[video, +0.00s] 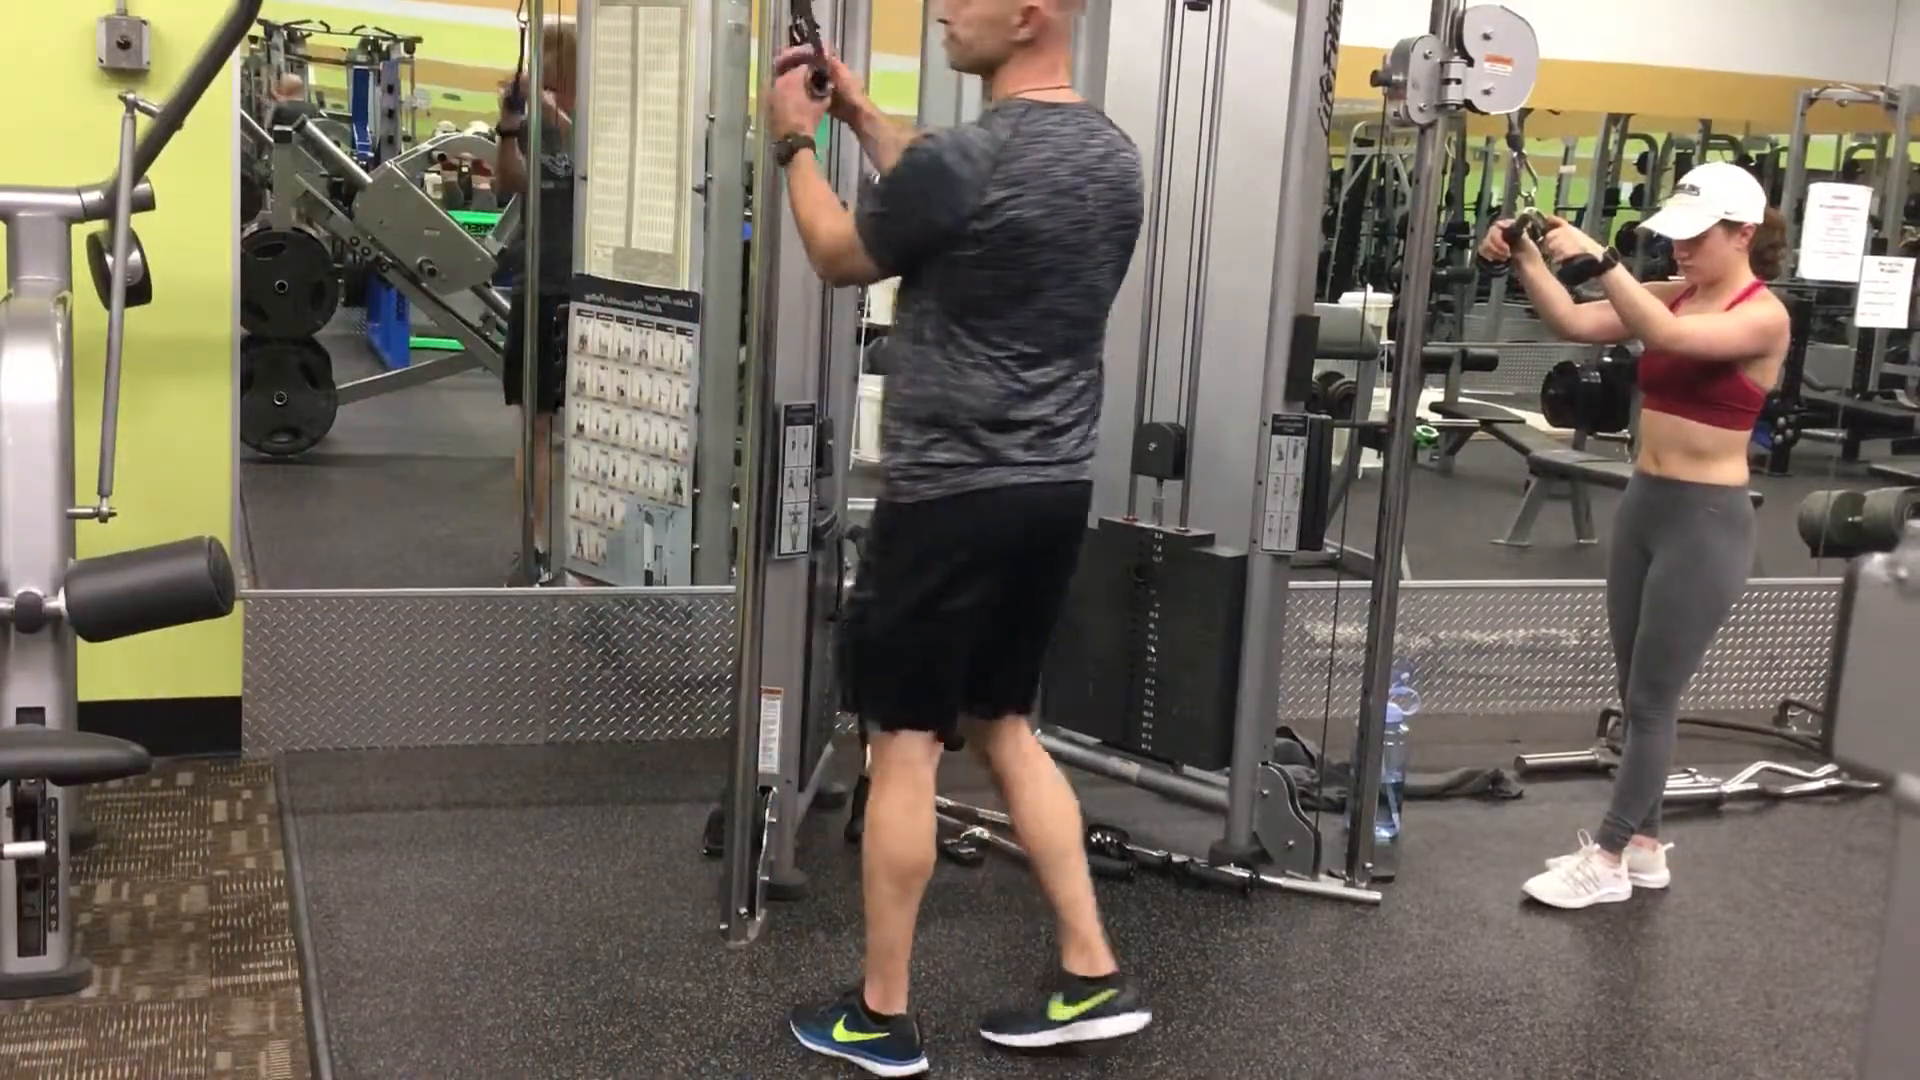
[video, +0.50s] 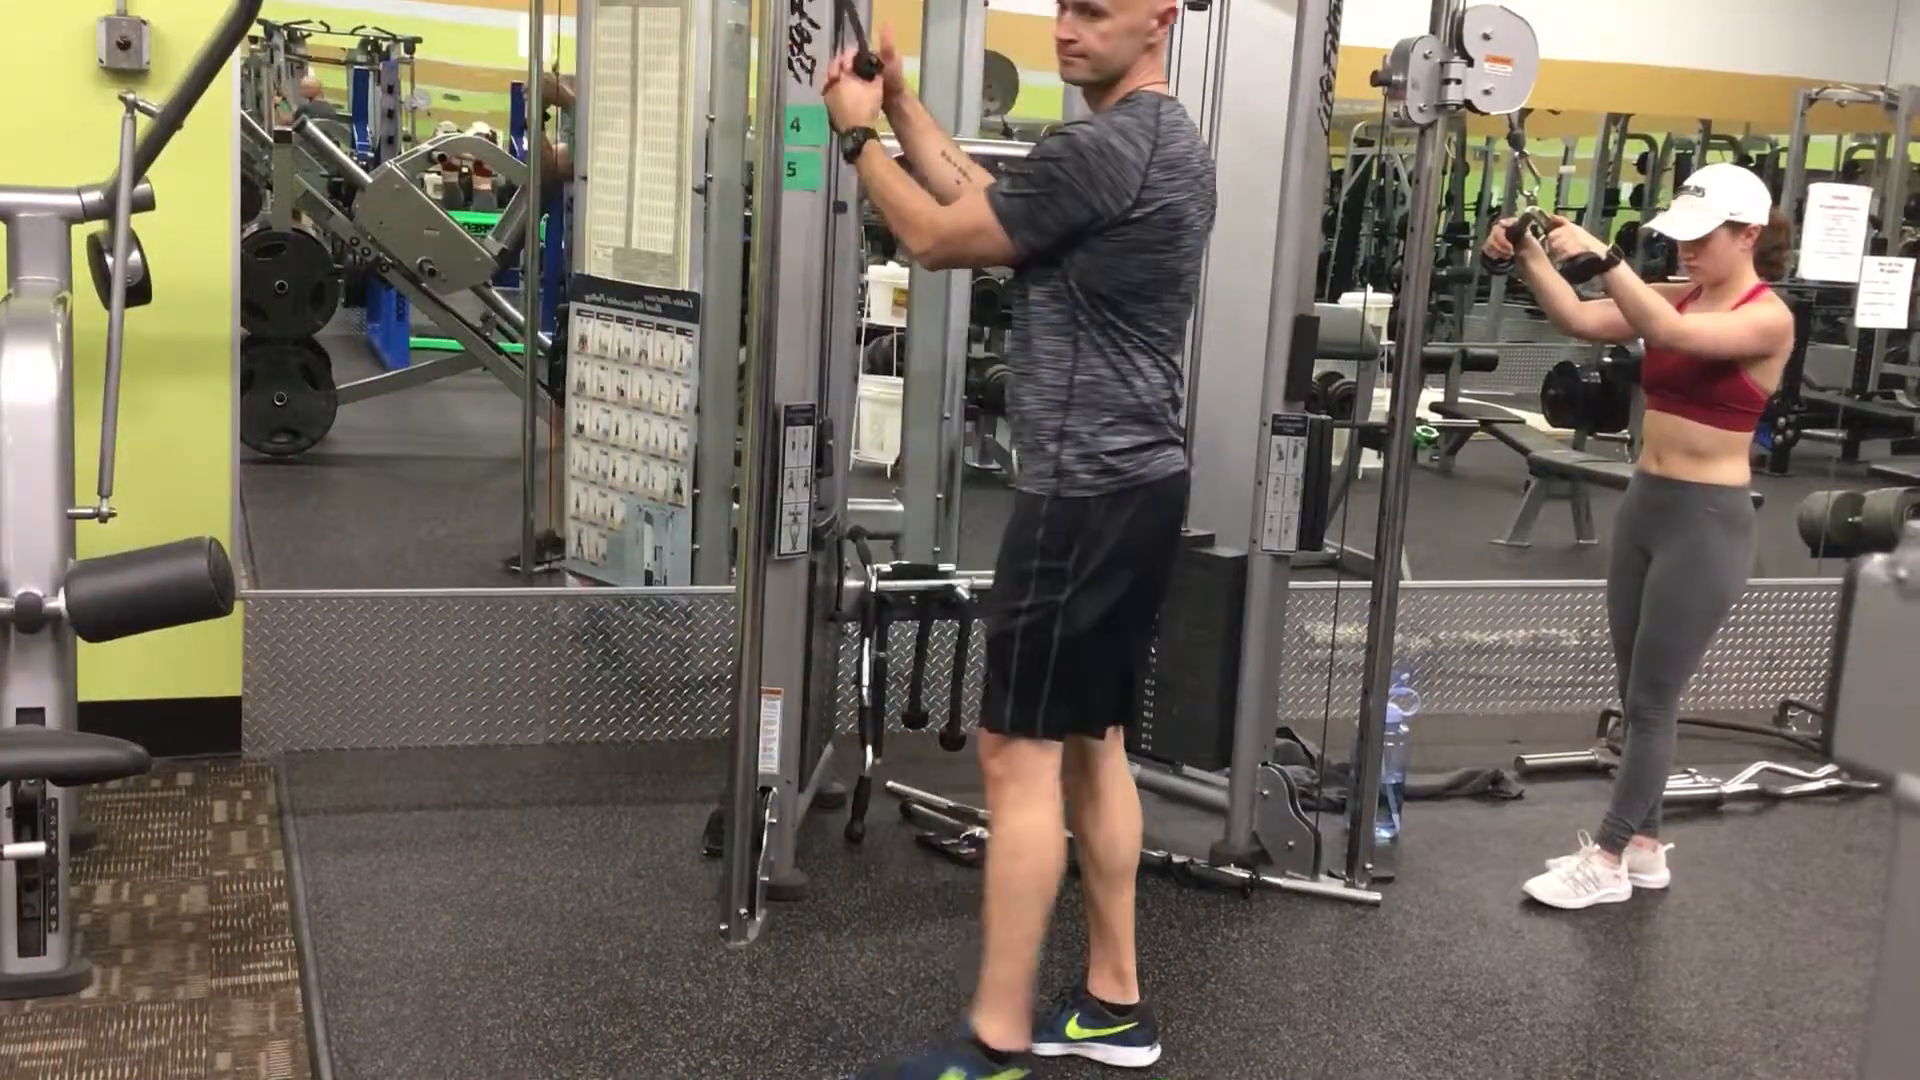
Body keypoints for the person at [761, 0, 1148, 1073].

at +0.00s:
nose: (944, 12)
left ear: (1031, 16)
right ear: (1050, 23)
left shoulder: (959, 161)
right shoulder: (1114, 159)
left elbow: (838, 255)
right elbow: (964, 199)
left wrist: (795, 144)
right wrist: (860, 112)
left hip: (944, 499)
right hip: (1052, 493)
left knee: (903, 745)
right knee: (1005, 724)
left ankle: (882, 1013)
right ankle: (1091, 972)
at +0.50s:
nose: (1066, 23)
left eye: (1094, 10)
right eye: (1063, 6)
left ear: (1161, 21)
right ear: (1062, 13)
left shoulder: (1112, 145)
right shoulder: (1164, 137)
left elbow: (936, 238)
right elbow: (992, 210)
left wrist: (858, 131)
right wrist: (903, 111)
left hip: (1082, 488)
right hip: (1133, 481)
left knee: (1016, 753)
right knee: (1095, 744)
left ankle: (995, 1039)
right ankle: (1112, 1003)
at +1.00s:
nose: (1077, 43)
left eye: (1100, 24)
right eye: (1071, 24)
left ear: (1172, 22)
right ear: (1077, 24)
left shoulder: (1143, 152)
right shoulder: (1174, 139)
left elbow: (965, 229)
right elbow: (1017, 221)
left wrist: (887, 130)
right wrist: (938, 116)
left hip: (1136, 504)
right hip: (1120, 496)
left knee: (1121, 783)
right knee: (1091, 763)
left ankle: (1178, 1059)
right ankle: (1112, 1004)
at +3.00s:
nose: (1093, 98)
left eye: (1116, 75)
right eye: (1087, 72)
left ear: (1208, 59)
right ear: (1207, 62)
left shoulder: (1174, 202)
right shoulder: (1283, 166)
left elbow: (1040, 238)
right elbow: (1099, 226)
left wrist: (962, 146)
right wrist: (1006, 131)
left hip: (1275, 588)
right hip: (1200, 574)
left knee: (1198, 911)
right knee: (1125, 826)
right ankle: (1123, 1050)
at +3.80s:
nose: (1044, 119)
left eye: (1068, 96)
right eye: (1034, 92)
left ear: (1160, 75)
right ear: (1155, 78)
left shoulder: (1131, 238)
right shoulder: (1210, 173)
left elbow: (978, 310)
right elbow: (1026, 280)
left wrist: (855, 246)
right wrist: (886, 225)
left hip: (1250, 596)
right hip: (1193, 578)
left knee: (1166, 928)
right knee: (1115, 821)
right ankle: (1128, 1053)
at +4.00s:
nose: (1049, 155)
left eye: (1076, 128)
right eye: (1036, 125)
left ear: (1160, 98)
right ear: (1024, 99)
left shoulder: (1177, 259)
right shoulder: (1109, 205)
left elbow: (966, 404)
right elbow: (974, 344)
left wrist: (805, 367)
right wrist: (811, 340)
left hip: (1242, 603)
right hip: (1151, 587)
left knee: (1158, 929)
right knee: (1102, 833)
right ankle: (1131, 1054)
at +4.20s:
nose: (1073, 185)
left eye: (1103, 156)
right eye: (1050, 154)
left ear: (1172, 117)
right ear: (1028, 123)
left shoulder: (1222, 284)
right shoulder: (1050, 230)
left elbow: (1047, 504)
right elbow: (956, 418)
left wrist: (841, 529)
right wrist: (824, 503)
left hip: (1240, 618)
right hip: (1110, 605)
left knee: (1165, 934)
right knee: (1087, 855)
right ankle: (1127, 1053)